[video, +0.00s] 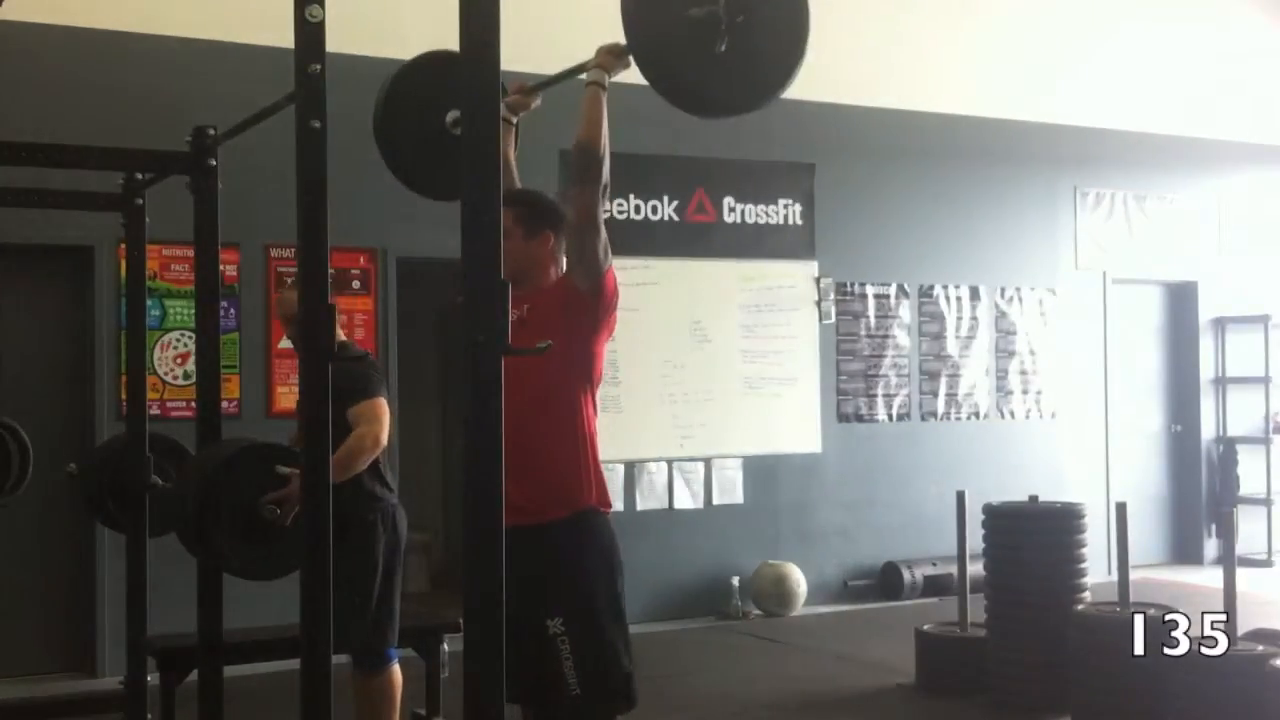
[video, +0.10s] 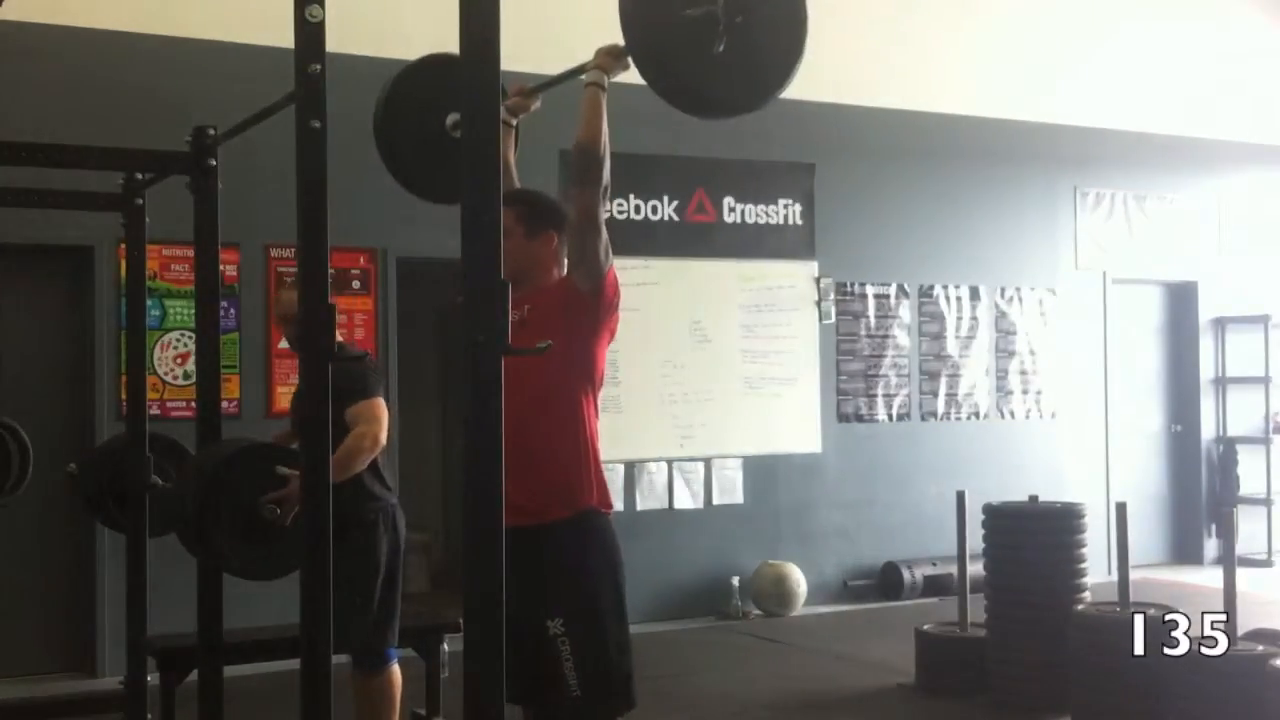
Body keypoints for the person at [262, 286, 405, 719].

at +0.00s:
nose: (289, 337)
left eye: (295, 326)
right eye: (285, 327)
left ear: (323, 320)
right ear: (293, 324)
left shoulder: (354, 366)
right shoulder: (320, 368)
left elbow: (373, 434)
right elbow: (312, 437)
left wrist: (312, 481)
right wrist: (296, 483)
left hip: (370, 515)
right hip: (344, 513)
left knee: (374, 650)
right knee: (362, 648)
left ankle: (385, 719)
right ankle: (369, 718)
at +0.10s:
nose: (287, 335)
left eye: (293, 324)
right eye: (283, 325)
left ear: (317, 321)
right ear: (287, 328)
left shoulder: (352, 366)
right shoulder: (314, 372)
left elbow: (372, 434)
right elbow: (304, 430)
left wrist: (311, 482)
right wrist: (260, 458)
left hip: (370, 516)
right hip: (341, 515)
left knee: (374, 650)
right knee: (361, 648)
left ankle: (385, 718)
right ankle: (369, 716)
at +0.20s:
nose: (280, 331)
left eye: (286, 320)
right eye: (277, 321)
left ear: (310, 320)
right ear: (290, 325)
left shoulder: (347, 367)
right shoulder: (310, 372)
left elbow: (369, 430)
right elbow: (287, 428)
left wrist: (308, 480)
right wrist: (245, 463)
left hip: (368, 518)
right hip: (340, 517)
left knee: (372, 651)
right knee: (360, 650)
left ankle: (385, 718)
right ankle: (370, 716)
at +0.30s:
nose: (280, 330)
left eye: (287, 319)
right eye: (276, 321)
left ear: (313, 318)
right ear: (279, 324)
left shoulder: (347, 367)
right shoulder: (308, 372)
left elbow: (367, 427)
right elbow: (283, 424)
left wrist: (307, 476)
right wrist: (241, 460)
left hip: (367, 519)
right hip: (338, 518)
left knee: (372, 651)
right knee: (357, 649)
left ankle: (385, 718)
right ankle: (368, 715)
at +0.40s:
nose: (282, 331)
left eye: (289, 321)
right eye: (277, 323)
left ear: (316, 318)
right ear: (277, 326)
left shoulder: (347, 367)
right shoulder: (310, 371)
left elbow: (367, 430)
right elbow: (282, 426)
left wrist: (305, 477)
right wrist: (242, 464)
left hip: (368, 519)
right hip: (339, 519)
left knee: (373, 650)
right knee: (355, 648)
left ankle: (386, 718)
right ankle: (367, 716)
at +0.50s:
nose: (285, 331)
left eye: (292, 321)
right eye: (282, 322)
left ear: (317, 319)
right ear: (287, 325)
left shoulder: (352, 366)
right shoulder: (316, 371)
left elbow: (368, 431)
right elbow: (287, 425)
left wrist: (305, 476)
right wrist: (246, 463)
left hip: (371, 519)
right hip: (339, 519)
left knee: (376, 649)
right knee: (350, 649)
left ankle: (389, 719)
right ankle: (363, 717)